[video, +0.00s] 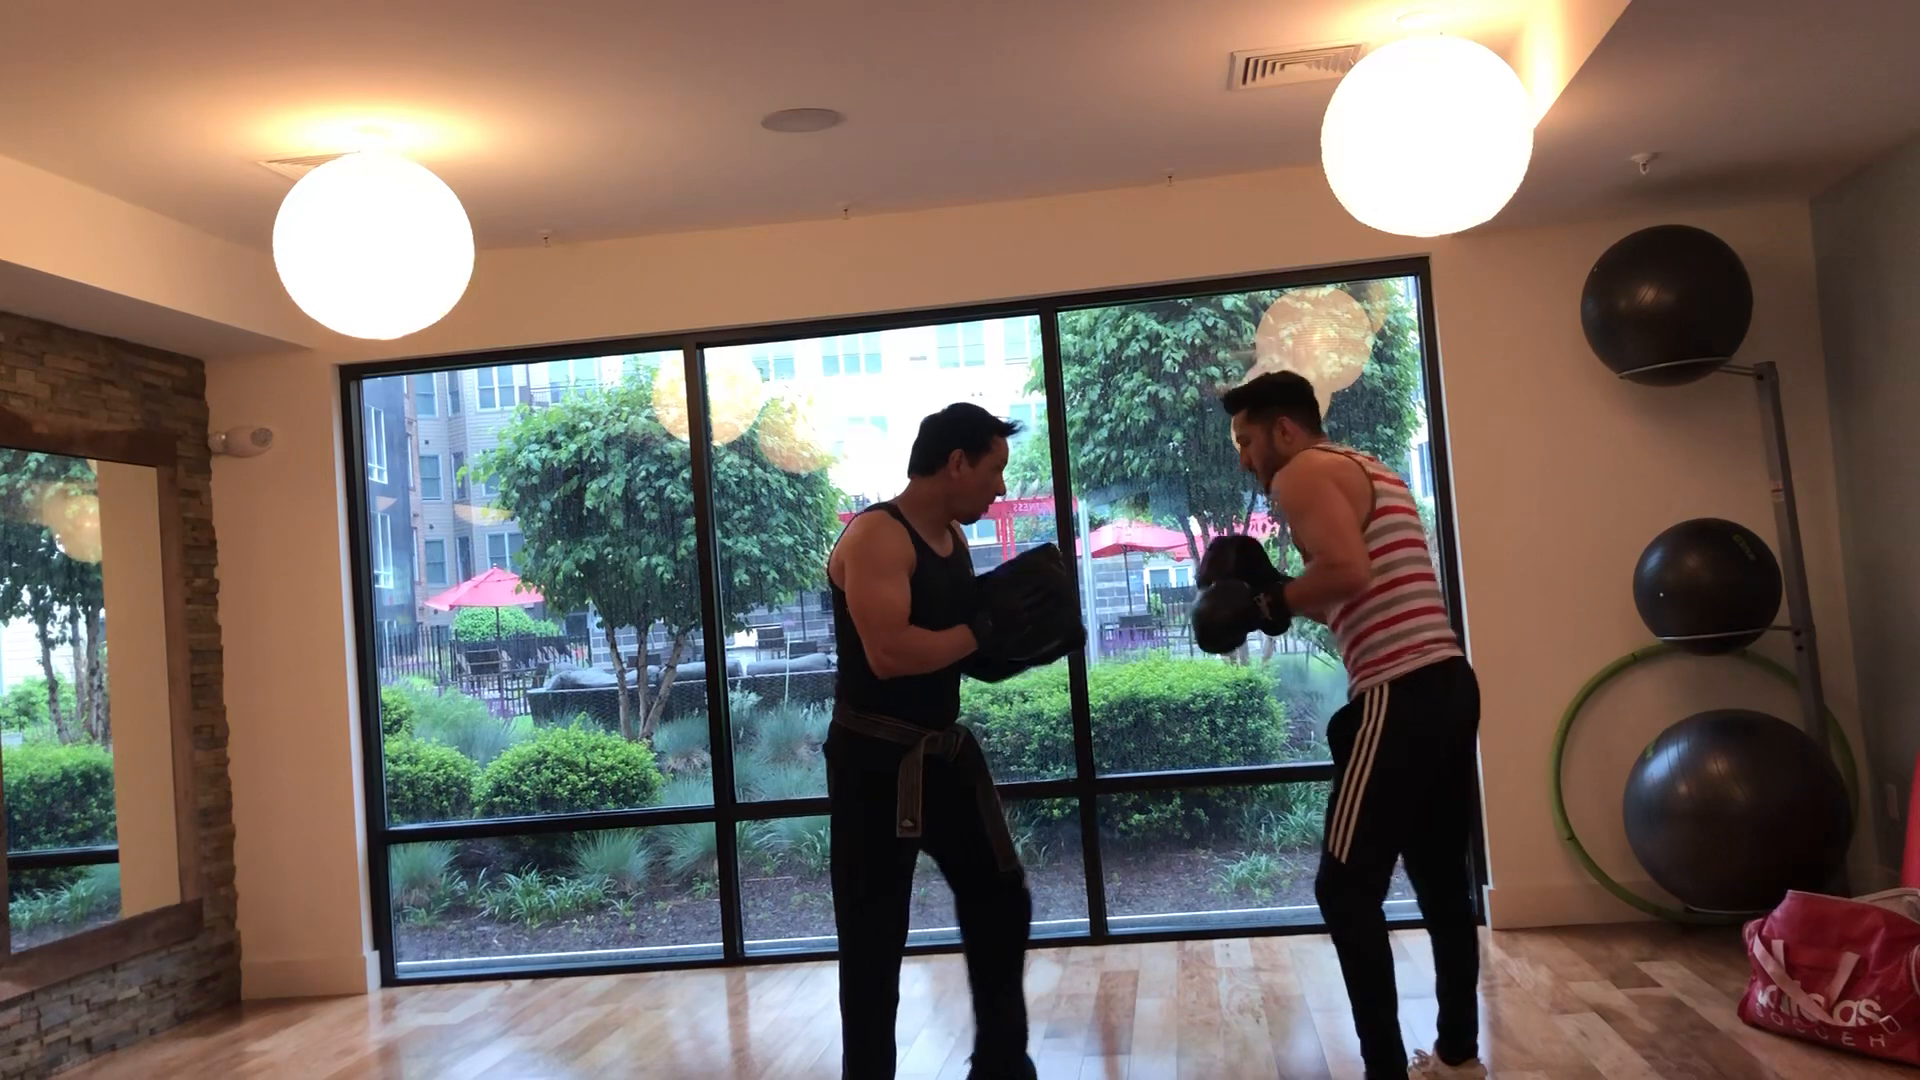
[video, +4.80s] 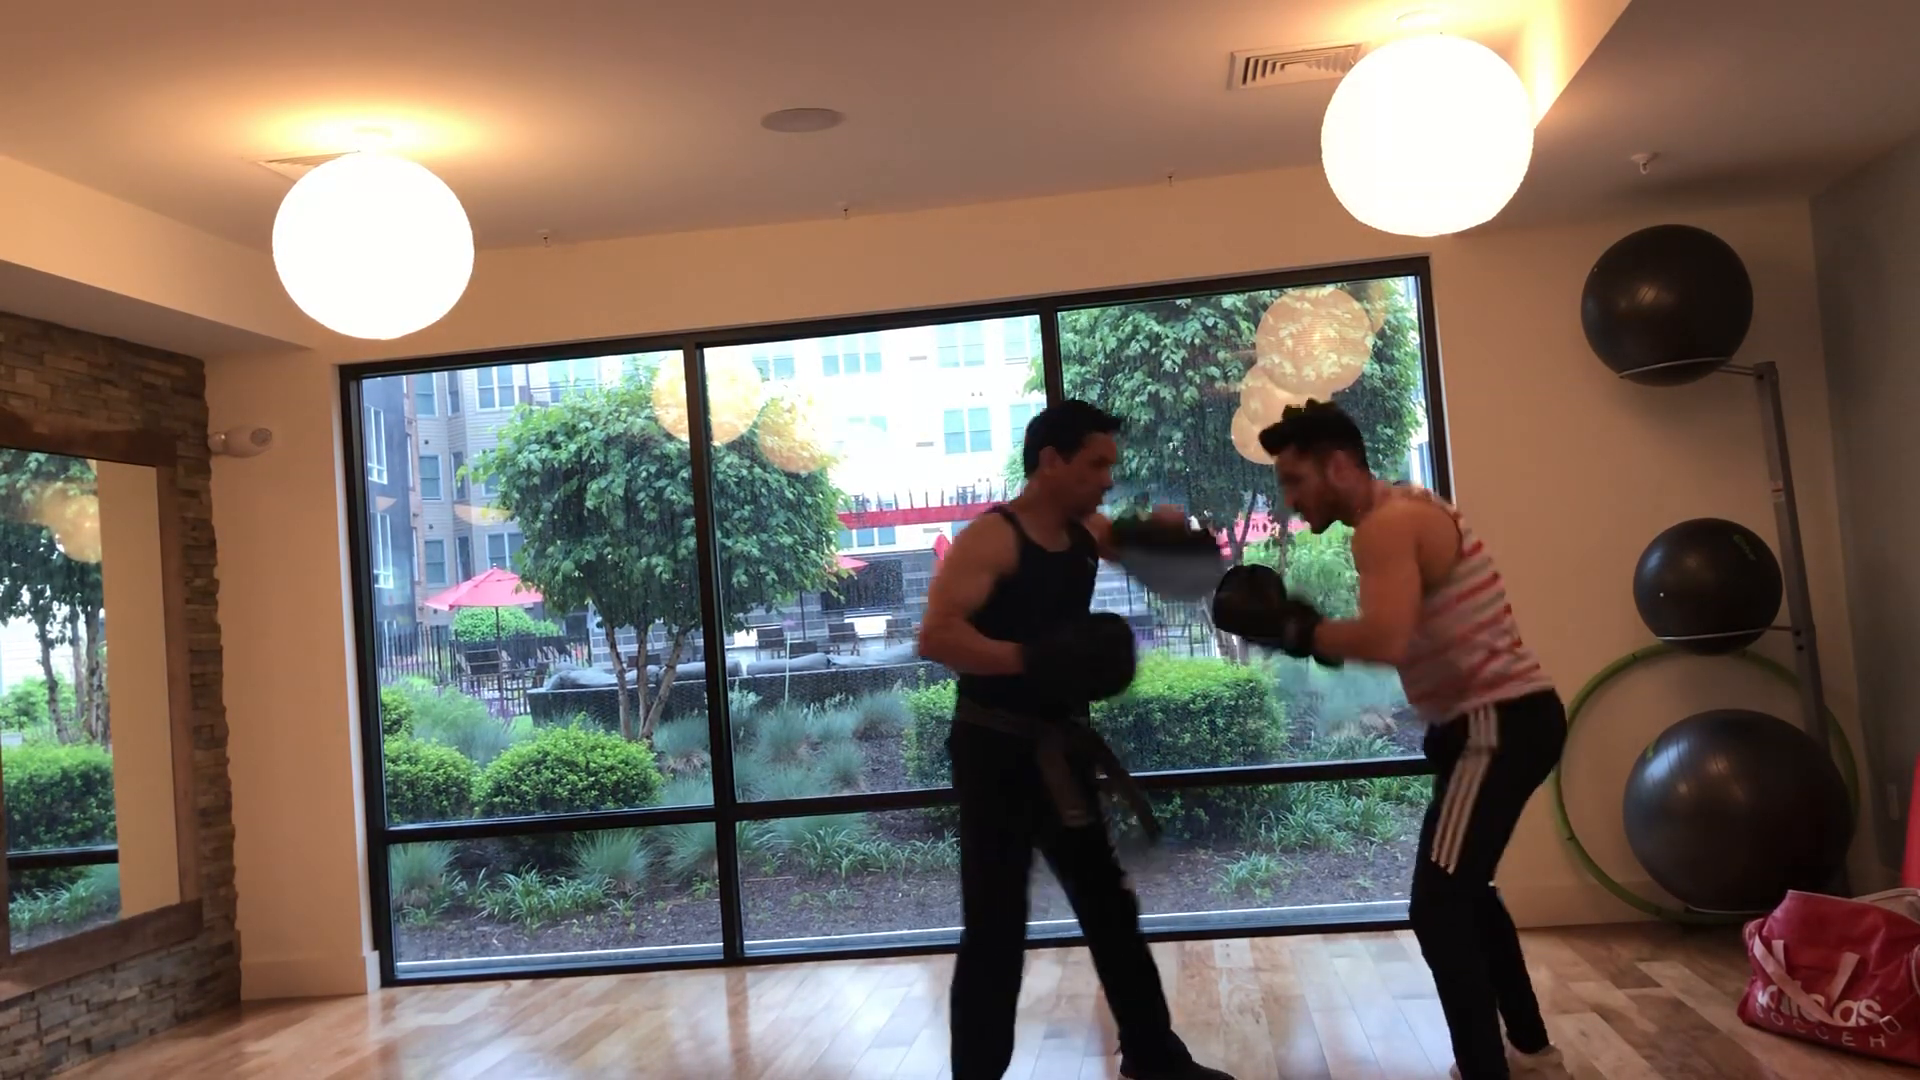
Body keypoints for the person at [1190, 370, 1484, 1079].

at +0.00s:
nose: (1242, 459)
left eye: (1245, 441)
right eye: (1238, 446)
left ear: (1281, 425)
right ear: (1304, 426)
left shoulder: (1305, 472)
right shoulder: (1370, 468)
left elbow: (1347, 571)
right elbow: (1360, 598)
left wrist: (1271, 599)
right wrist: (1277, 592)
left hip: (1396, 693)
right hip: (1446, 685)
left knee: (1345, 889)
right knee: (1441, 881)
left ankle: (1382, 1069)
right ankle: (1457, 1048)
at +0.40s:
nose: (1238, 521)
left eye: (1239, 503)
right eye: (1233, 506)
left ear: (1278, 489)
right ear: (1288, 488)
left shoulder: (1327, 529)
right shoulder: (1366, 516)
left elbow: (1327, 661)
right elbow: (1339, 645)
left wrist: (1247, 625)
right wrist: (1265, 616)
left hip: (1449, 719)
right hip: (1491, 711)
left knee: (1335, 887)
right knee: (1438, 873)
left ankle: (1381, 1071)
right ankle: (1479, 1044)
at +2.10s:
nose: (1299, 489)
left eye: (1303, 470)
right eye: (1294, 473)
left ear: (1345, 460)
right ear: (1353, 460)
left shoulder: (1395, 504)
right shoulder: (1424, 490)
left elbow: (1428, 615)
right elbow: (1441, 614)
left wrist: (1340, 612)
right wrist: (1348, 602)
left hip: (1486, 696)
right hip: (1529, 688)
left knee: (1414, 880)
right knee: (1502, 870)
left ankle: (1450, 1068)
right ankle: (1558, 1032)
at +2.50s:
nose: (1274, 528)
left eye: (1277, 511)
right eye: (1270, 513)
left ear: (1317, 501)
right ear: (1324, 500)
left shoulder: (1400, 565)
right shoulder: (1388, 533)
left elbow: (1354, 700)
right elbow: (1392, 648)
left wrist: (1289, 642)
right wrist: (1312, 641)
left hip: (1501, 735)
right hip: (1492, 727)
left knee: (1417, 912)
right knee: (1466, 895)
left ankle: (1454, 1075)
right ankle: (1552, 1037)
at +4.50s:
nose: (1276, 566)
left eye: (1278, 551)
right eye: (1274, 551)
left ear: (1310, 558)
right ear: (1339, 545)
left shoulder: (1408, 627)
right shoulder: (1380, 587)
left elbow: (1333, 754)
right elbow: (1397, 683)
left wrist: (1299, 660)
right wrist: (1317, 704)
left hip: (1537, 758)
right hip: (1492, 752)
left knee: (1428, 917)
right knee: (1444, 899)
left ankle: (1481, 1071)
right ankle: (1530, 1042)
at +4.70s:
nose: (1279, 521)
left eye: (1285, 503)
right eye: (1280, 505)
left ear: (1321, 504)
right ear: (1336, 501)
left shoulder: (1402, 569)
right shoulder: (1384, 558)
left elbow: (1350, 708)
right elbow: (1396, 661)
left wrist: (1285, 644)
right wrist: (1303, 687)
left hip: (1519, 744)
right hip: (1488, 742)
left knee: (1432, 915)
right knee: (1454, 899)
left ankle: (1481, 1071)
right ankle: (1527, 1040)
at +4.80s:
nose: (1288, 501)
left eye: (1292, 481)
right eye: (1283, 485)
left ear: (1339, 463)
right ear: (1343, 468)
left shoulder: (1387, 524)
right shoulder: (1402, 510)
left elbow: (1387, 639)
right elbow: (1398, 633)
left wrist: (1296, 628)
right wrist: (1305, 626)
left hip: (1496, 721)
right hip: (1496, 715)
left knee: (1437, 909)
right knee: (1463, 887)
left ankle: (1483, 1069)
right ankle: (1527, 1040)